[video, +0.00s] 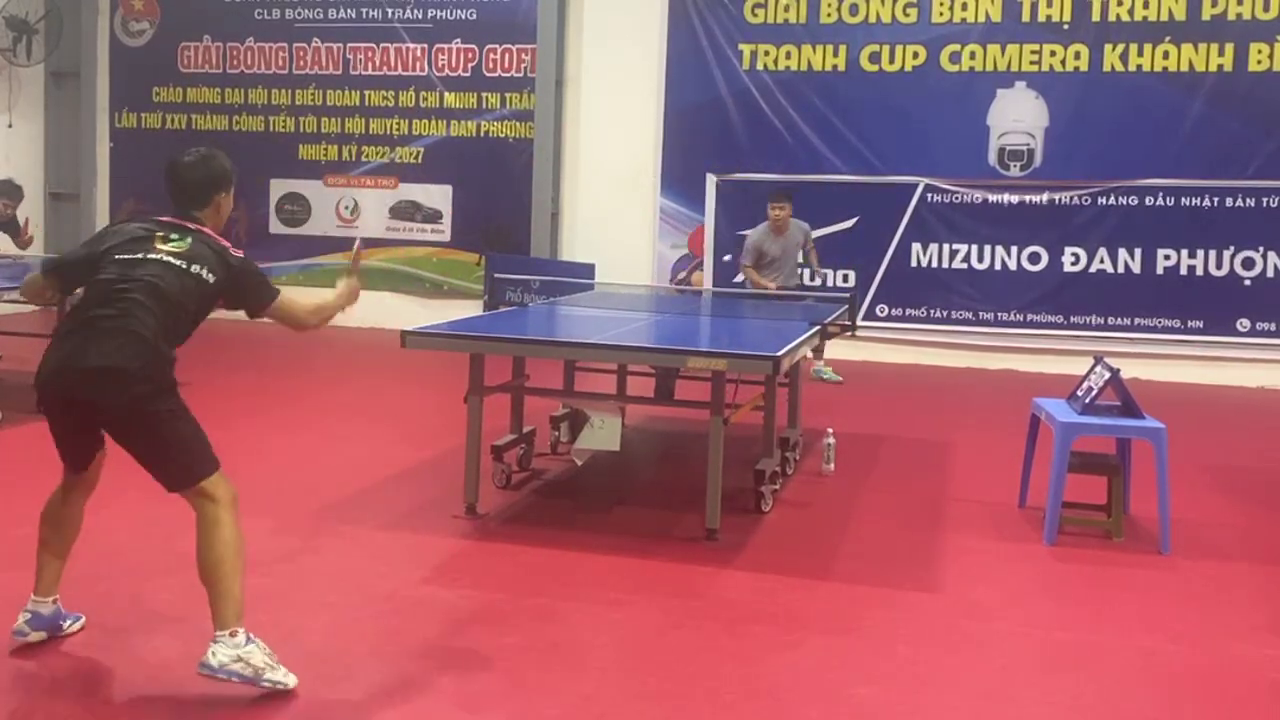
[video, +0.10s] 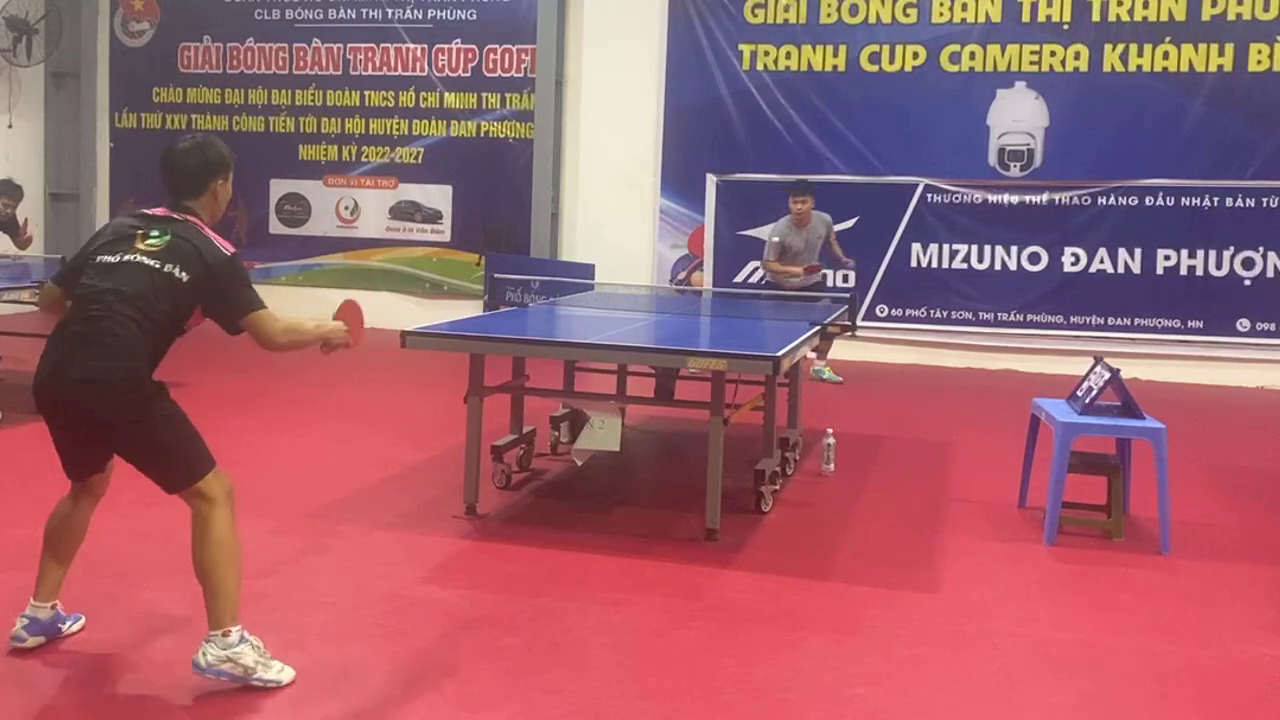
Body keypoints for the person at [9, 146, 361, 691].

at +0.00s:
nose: (233, 204)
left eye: (232, 196)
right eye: (231, 196)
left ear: (173, 197)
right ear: (220, 201)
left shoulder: (120, 232)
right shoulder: (223, 258)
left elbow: (36, 287)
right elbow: (303, 316)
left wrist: (53, 294)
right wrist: (345, 291)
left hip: (60, 372)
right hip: (130, 375)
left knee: (78, 474)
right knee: (215, 497)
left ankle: (40, 607)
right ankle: (229, 640)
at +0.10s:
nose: (231, 193)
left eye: (230, 183)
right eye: (229, 183)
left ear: (170, 185)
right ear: (216, 187)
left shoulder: (116, 227)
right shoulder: (211, 251)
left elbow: (51, 299)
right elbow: (271, 332)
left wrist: (101, 323)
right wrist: (327, 329)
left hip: (56, 379)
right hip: (120, 385)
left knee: (86, 485)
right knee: (212, 495)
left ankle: (39, 612)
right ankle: (224, 640)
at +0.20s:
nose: (241, 179)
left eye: (240, 168)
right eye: (240, 169)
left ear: (184, 170)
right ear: (224, 174)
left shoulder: (133, 210)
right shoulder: (209, 238)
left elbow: (106, 285)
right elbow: (229, 335)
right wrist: (305, 352)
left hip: (54, 364)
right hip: (113, 369)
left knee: (96, 460)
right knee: (206, 487)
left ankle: (40, 583)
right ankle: (224, 635)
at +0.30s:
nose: (250, 191)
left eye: (251, 181)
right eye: (249, 181)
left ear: (193, 180)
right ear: (232, 183)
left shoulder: (151, 224)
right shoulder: (201, 251)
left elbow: (145, 315)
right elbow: (192, 356)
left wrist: (223, 339)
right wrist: (268, 392)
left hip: (65, 380)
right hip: (119, 392)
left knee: (100, 481)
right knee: (215, 503)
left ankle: (20, 588)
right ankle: (194, 654)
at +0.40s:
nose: (255, 207)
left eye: (256, 195)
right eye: (254, 195)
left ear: (202, 196)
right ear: (236, 200)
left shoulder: (173, 242)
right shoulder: (183, 267)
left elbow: (192, 336)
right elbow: (141, 372)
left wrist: (271, 349)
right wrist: (212, 433)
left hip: (70, 393)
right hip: (108, 402)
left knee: (102, 495)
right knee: (201, 512)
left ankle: (13, 589)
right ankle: (185, 667)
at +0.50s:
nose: (262, 222)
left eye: (263, 211)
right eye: (259, 210)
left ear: (222, 212)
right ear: (232, 213)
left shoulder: (212, 265)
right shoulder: (149, 279)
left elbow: (232, 347)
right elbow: (83, 363)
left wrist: (297, 360)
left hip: (119, 397)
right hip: (80, 397)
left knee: (110, 490)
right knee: (179, 504)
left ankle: (10, 568)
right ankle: (153, 661)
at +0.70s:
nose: (273, 290)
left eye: (274, 280)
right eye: (269, 279)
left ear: (233, 288)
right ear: (235, 286)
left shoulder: (245, 341)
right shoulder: (124, 330)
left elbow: (296, 418)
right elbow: (36, 364)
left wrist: (329, 393)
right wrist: (1, 424)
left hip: (141, 448)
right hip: (87, 436)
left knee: (105, 540)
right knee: (176, 523)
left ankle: (2, 578)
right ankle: (113, 675)